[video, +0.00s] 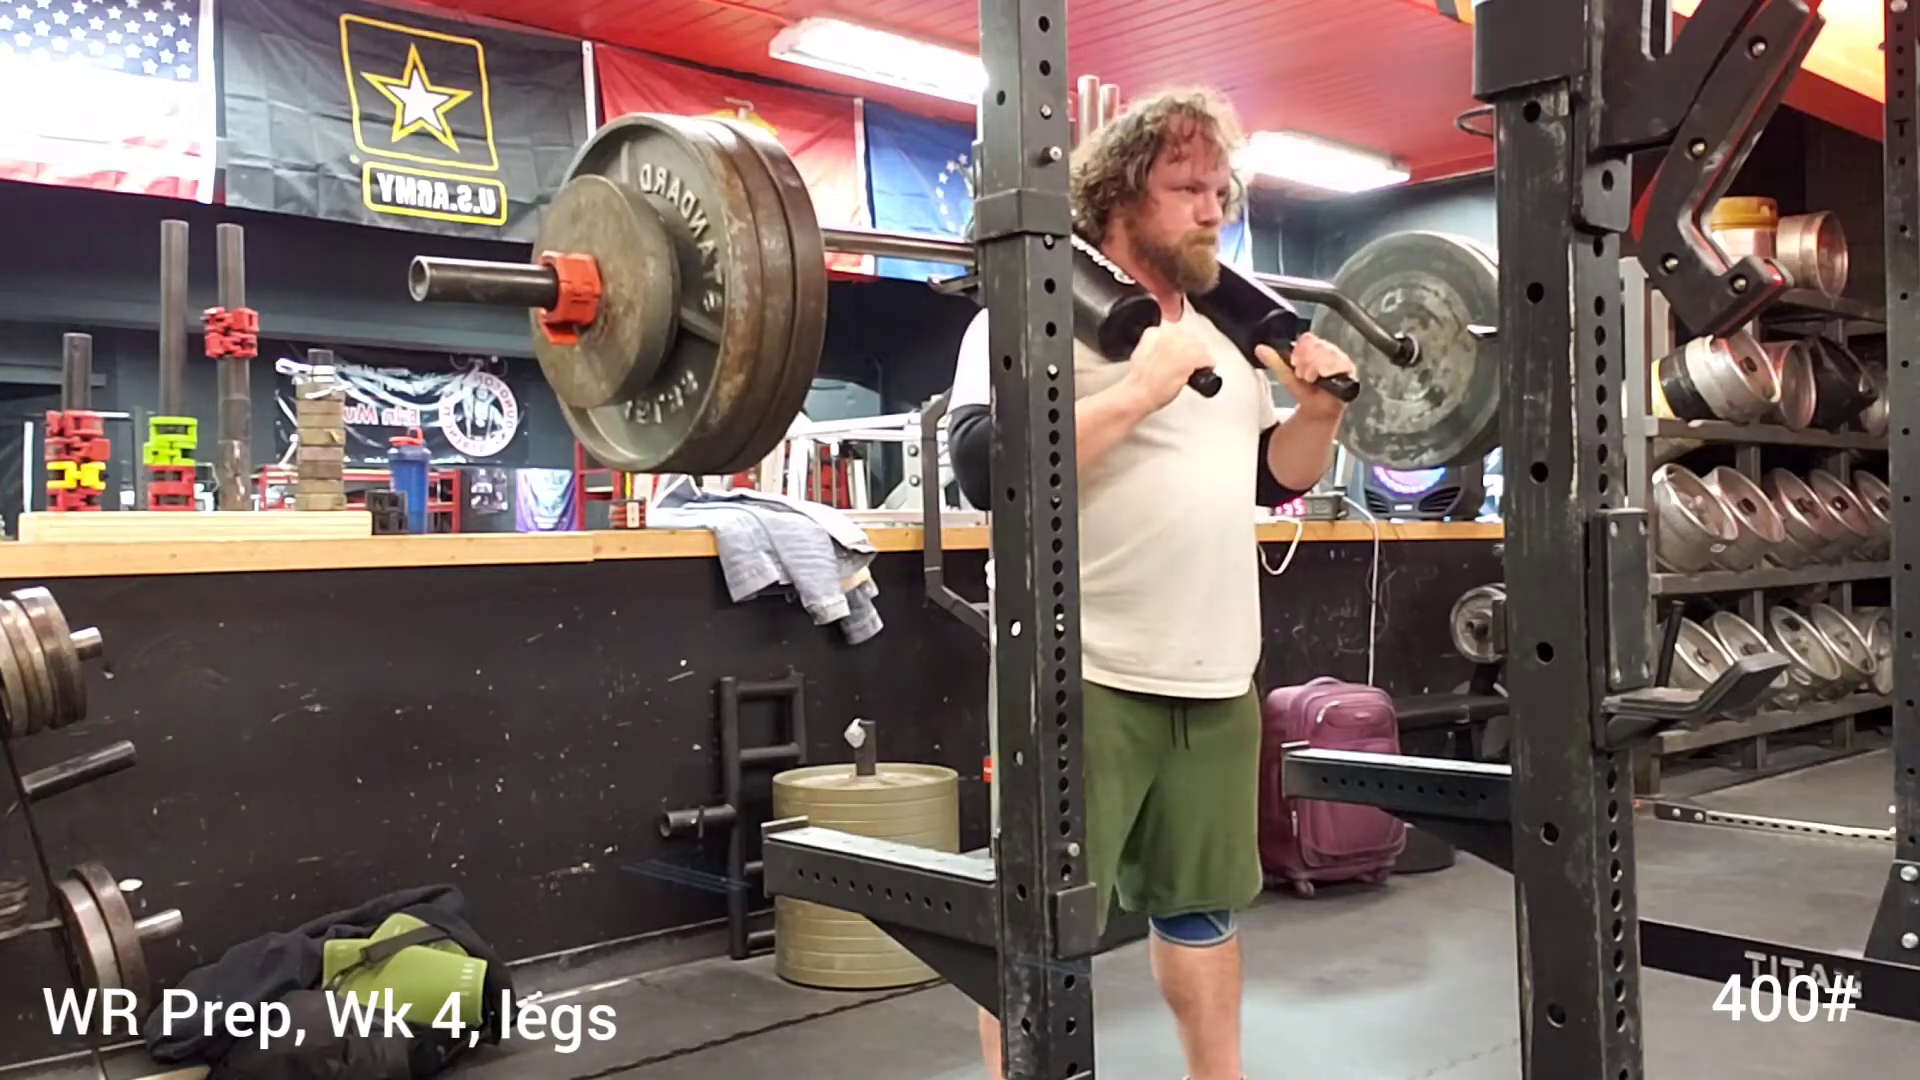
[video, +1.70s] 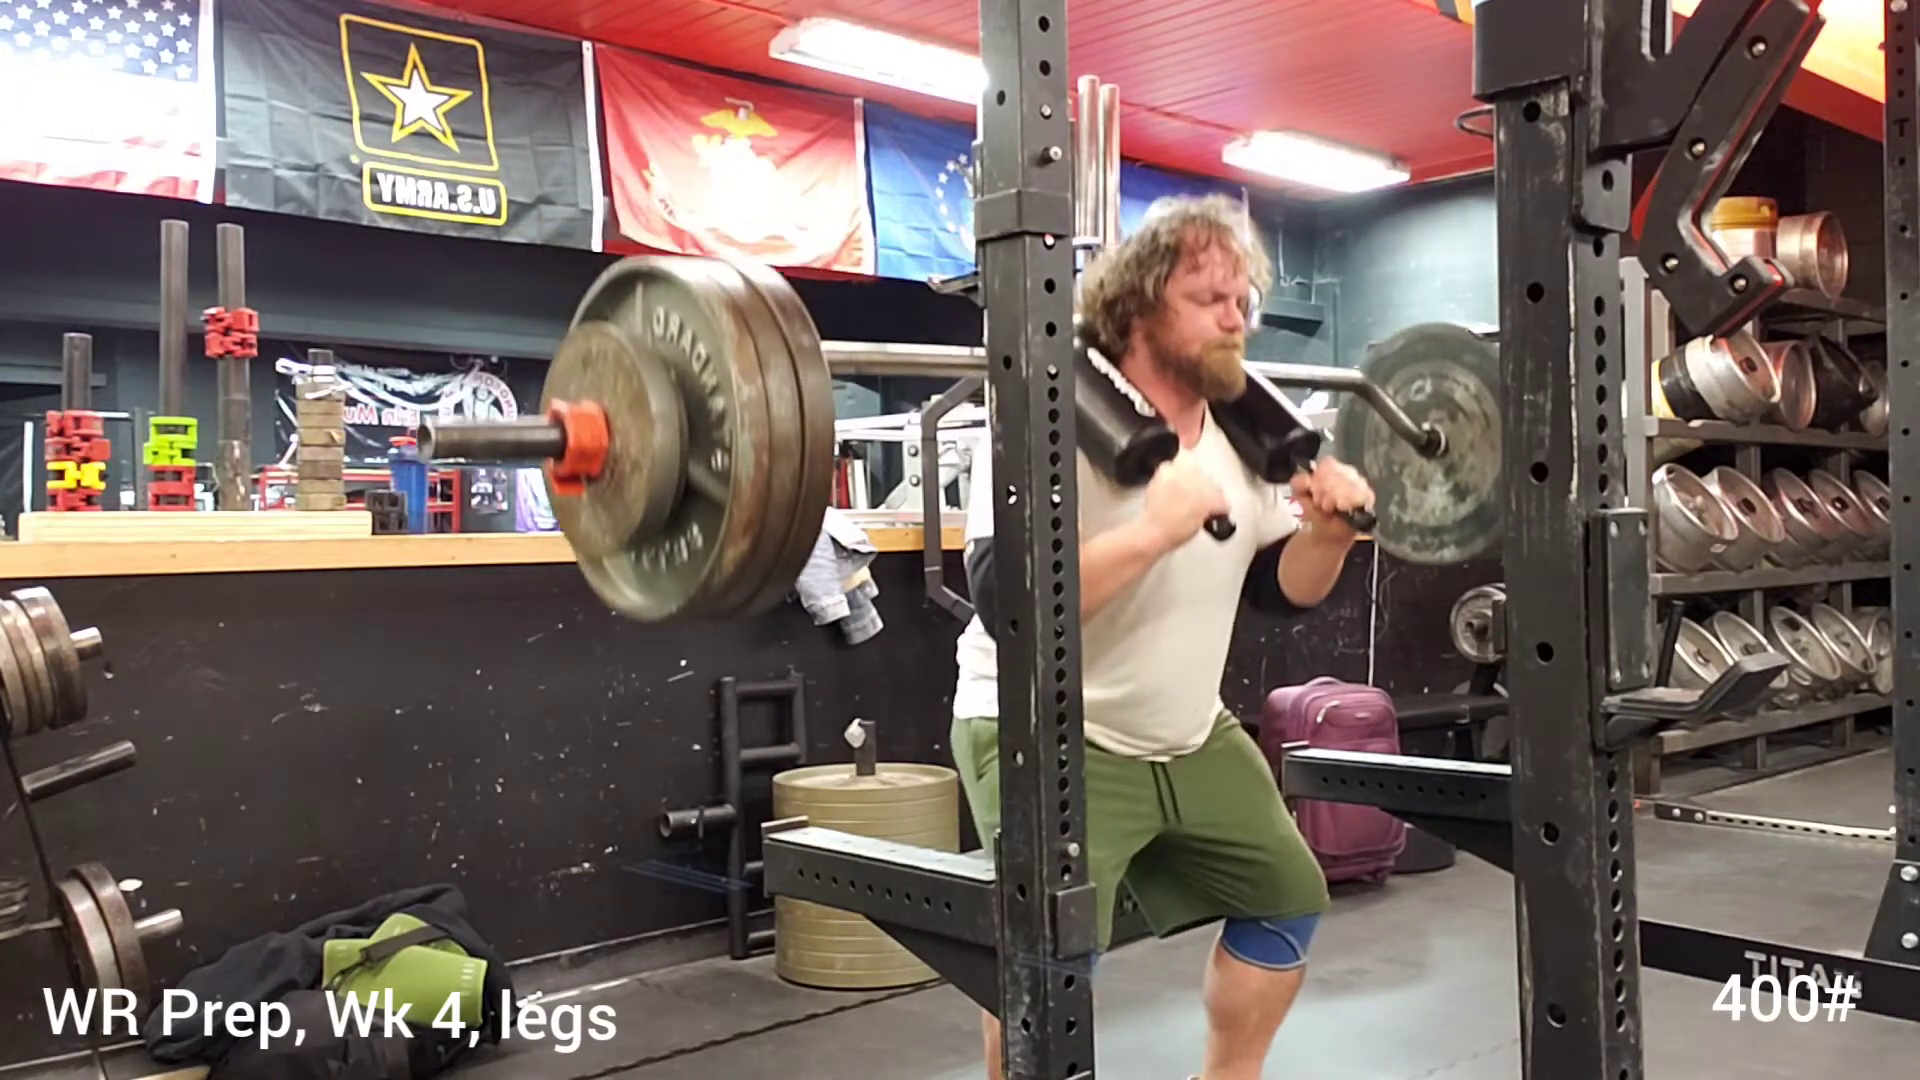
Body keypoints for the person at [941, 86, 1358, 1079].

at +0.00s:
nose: (1215, 207)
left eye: (1221, 187)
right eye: (1190, 185)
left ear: (1224, 199)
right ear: (1121, 191)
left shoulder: (1228, 331)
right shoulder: (1031, 312)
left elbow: (1283, 474)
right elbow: (986, 468)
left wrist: (1321, 401)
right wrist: (1131, 396)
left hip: (1217, 680)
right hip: (1082, 677)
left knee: (1201, 917)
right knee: (1044, 927)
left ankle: (1218, 1075)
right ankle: (1015, 1071)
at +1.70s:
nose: (1236, 321)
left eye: (1242, 299)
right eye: (1211, 299)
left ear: (1250, 303)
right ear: (1142, 310)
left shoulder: (1244, 416)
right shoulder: (1058, 409)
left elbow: (1290, 588)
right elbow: (1012, 597)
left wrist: (1332, 527)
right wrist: (1148, 535)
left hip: (1189, 731)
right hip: (1056, 732)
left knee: (1285, 899)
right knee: (1051, 949)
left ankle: (1230, 1074)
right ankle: (1018, 1073)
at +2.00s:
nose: (1240, 386)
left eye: (1247, 366)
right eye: (1213, 366)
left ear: (1258, 373)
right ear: (1145, 381)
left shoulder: (1253, 484)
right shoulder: (1054, 485)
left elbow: (1304, 655)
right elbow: (1019, 684)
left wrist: (1337, 596)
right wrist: (1156, 613)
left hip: (1184, 766)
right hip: (1043, 768)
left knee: (1301, 905)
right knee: (1068, 945)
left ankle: (1231, 1075)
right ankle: (1020, 1069)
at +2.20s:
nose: (1248, 441)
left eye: (1256, 421)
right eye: (1222, 422)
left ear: (1267, 426)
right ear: (1151, 434)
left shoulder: (1260, 528)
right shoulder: (1060, 536)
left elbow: (1306, 704)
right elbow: (1030, 733)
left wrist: (1346, 646)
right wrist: (1161, 676)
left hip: (1177, 787)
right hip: (1030, 792)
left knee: (1304, 904)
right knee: (1067, 942)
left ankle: (1232, 1074)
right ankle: (1016, 1068)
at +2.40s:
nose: (1260, 504)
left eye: (1267, 485)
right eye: (1235, 485)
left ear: (1277, 484)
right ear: (1161, 490)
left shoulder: (1261, 585)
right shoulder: (1065, 594)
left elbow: (1316, 757)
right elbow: (1029, 791)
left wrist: (1348, 702)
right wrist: (1167, 742)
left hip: (1180, 828)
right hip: (1036, 837)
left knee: (1321, 908)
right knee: (1062, 947)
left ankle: (1236, 1073)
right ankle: (1017, 1070)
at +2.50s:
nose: (1265, 535)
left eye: (1271, 516)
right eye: (1239, 518)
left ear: (1282, 512)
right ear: (1166, 524)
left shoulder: (1267, 614)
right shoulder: (1069, 627)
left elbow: (1321, 784)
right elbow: (1030, 815)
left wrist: (1353, 733)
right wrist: (1170, 777)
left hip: (1198, 853)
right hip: (1069, 868)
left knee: (1334, 912)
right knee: (1068, 971)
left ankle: (1238, 1075)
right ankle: (1018, 1072)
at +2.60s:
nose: (1269, 569)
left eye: (1276, 548)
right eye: (1244, 548)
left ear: (1287, 541)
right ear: (1169, 552)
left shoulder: (1267, 633)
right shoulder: (1071, 649)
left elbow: (1323, 808)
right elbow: (1023, 842)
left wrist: (1358, 765)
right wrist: (1169, 807)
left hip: (1211, 877)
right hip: (1089, 891)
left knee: (1345, 920)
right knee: (1074, 983)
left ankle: (1237, 1076)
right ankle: (1020, 1069)